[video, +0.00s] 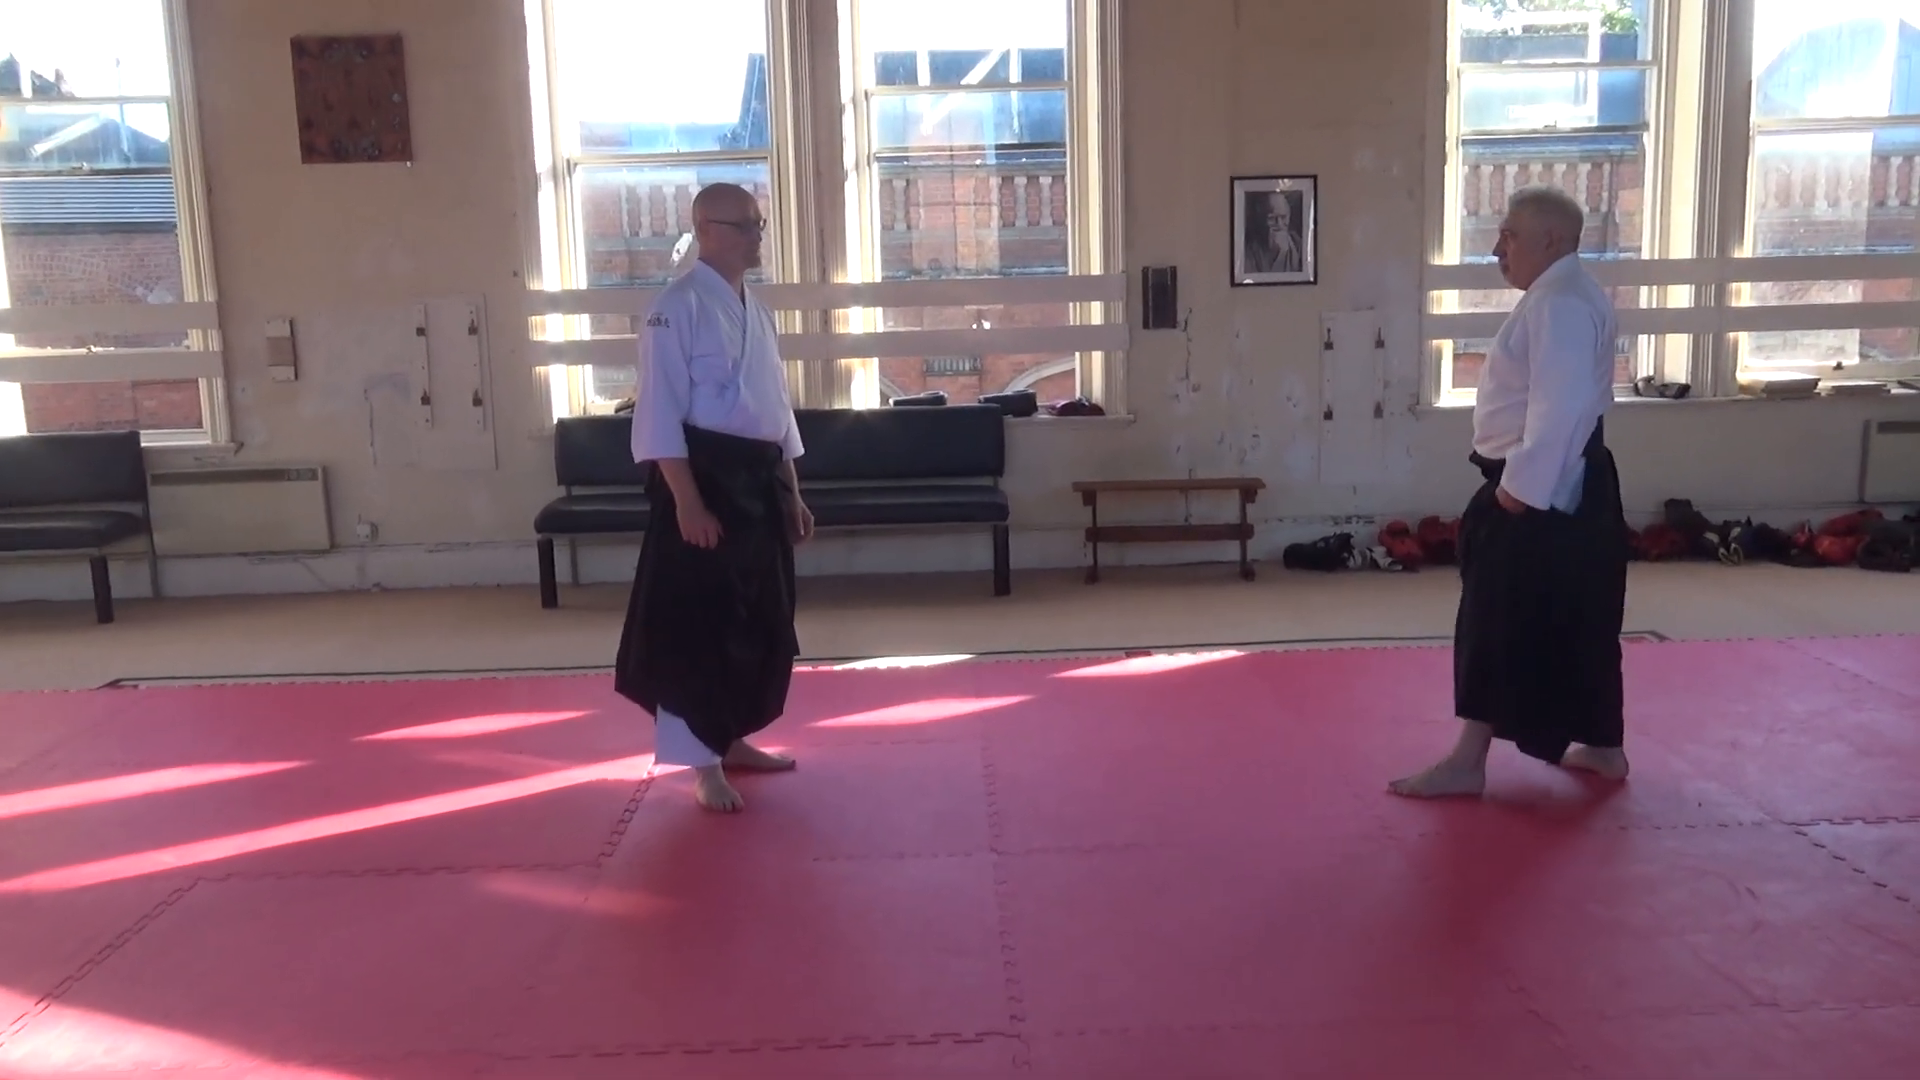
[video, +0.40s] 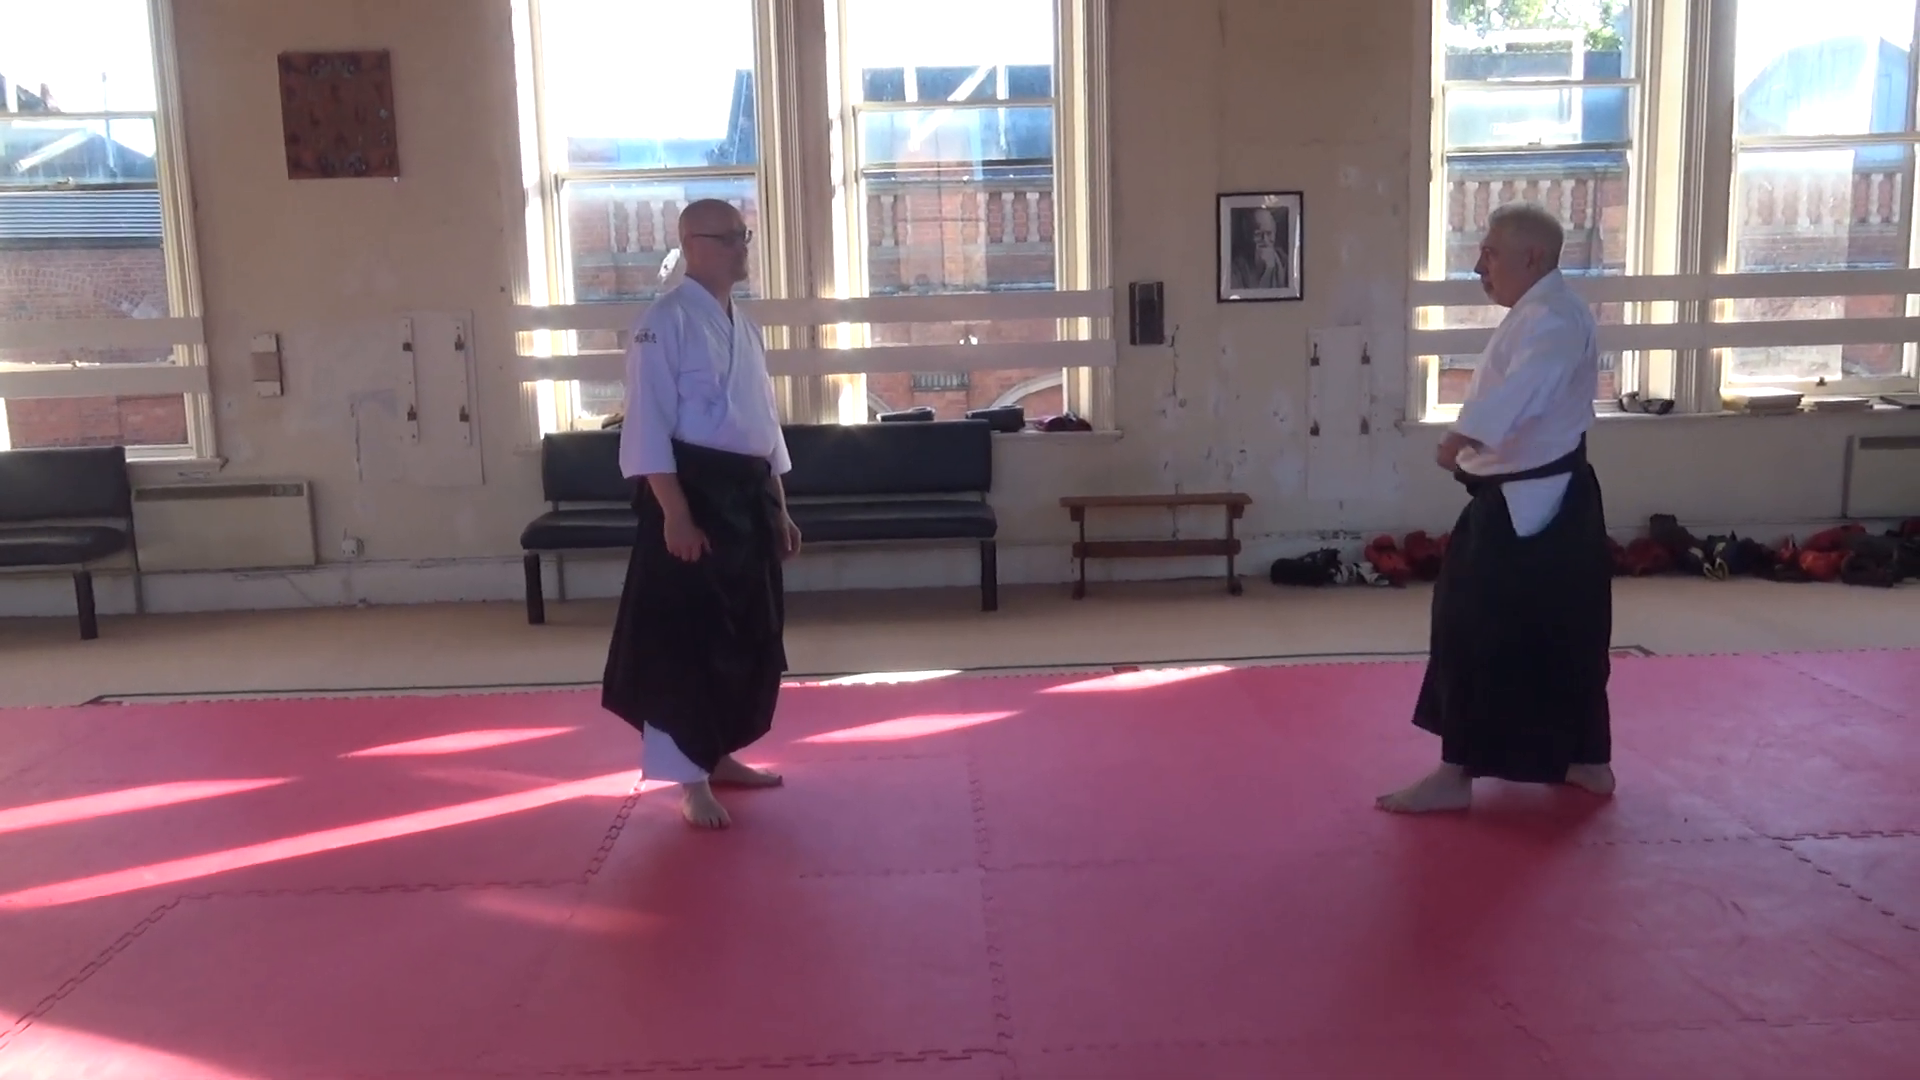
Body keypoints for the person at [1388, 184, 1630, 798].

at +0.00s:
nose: (1497, 246)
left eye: (1508, 234)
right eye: (1501, 233)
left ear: (1548, 241)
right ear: (1555, 242)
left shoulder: (1558, 303)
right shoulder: (1579, 294)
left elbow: (1560, 406)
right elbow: (1578, 401)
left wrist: (1520, 488)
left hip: (1531, 487)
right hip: (1578, 481)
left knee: (1490, 625)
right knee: (1585, 618)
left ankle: (1467, 760)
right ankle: (1605, 746)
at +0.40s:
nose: (1480, 263)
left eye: (1490, 253)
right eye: (1482, 251)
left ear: (1531, 258)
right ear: (1532, 259)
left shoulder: (1550, 322)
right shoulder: (1542, 312)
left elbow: (1506, 406)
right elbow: (1516, 405)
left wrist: (1457, 439)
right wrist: (1472, 436)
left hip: (1525, 502)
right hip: (1551, 495)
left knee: (1466, 630)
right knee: (1568, 631)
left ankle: (1454, 774)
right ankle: (1589, 762)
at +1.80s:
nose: (1542, 263)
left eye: (1553, 248)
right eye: (1541, 248)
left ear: (1602, 247)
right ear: (1602, 249)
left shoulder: (1623, 323)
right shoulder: (1599, 312)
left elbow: (1554, 440)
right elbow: (1527, 396)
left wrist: (1492, 485)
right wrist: (1447, 452)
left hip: (1603, 530)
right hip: (1636, 521)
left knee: (1542, 681)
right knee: (1657, 682)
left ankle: (1525, 850)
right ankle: (1686, 836)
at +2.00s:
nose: (1647, 215)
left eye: (1660, 199)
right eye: (1646, 199)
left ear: (1715, 197)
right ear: (1711, 199)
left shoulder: (1736, 287)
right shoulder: (1711, 273)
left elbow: (1648, 421)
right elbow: (1623, 366)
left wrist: (1582, 464)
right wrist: (1528, 427)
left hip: (1709, 526)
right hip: (1747, 516)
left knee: (1638, 703)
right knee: (1770, 704)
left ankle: (1615, 894)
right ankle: (1801, 879)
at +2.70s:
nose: (1583, 232)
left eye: (1595, 216)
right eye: (1583, 215)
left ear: (1646, 219)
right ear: (1656, 221)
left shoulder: (1645, 307)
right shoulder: (1697, 279)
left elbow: (1566, 423)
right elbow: (1581, 351)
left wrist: (1511, 478)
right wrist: (1486, 313)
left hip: (1661, 531)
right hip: (1727, 515)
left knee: (1548, 665)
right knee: (1767, 690)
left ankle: (1507, 856)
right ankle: (1830, 861)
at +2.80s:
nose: (1526, 242)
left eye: (1537, 226)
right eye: (1527, 225)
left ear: (1588, 231)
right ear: (1599, 229)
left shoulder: (1585, 317)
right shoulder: (1637, 286)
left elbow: (1504, 420)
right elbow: (1538, 324)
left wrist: (1423, 475)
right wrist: (1470, 259)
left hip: (1618, 534)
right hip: (1681, 516)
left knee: (1498, 666)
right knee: (1744, 691)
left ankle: (1446, 853)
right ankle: (1830, 855)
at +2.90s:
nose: (1441, 254)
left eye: (1455, 237)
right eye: (1440, 238)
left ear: (1505, 243)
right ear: (1512, 241)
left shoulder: (1489, 338)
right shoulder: (1552, 294)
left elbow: (1395, 430)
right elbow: (1465, 291)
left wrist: (1310, 472)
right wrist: (1422, 221)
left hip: (1536, 542)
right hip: (1599, 519)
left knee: (1429, 666)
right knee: (1681, 678)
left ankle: (1424, 853)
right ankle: (1791, 828)